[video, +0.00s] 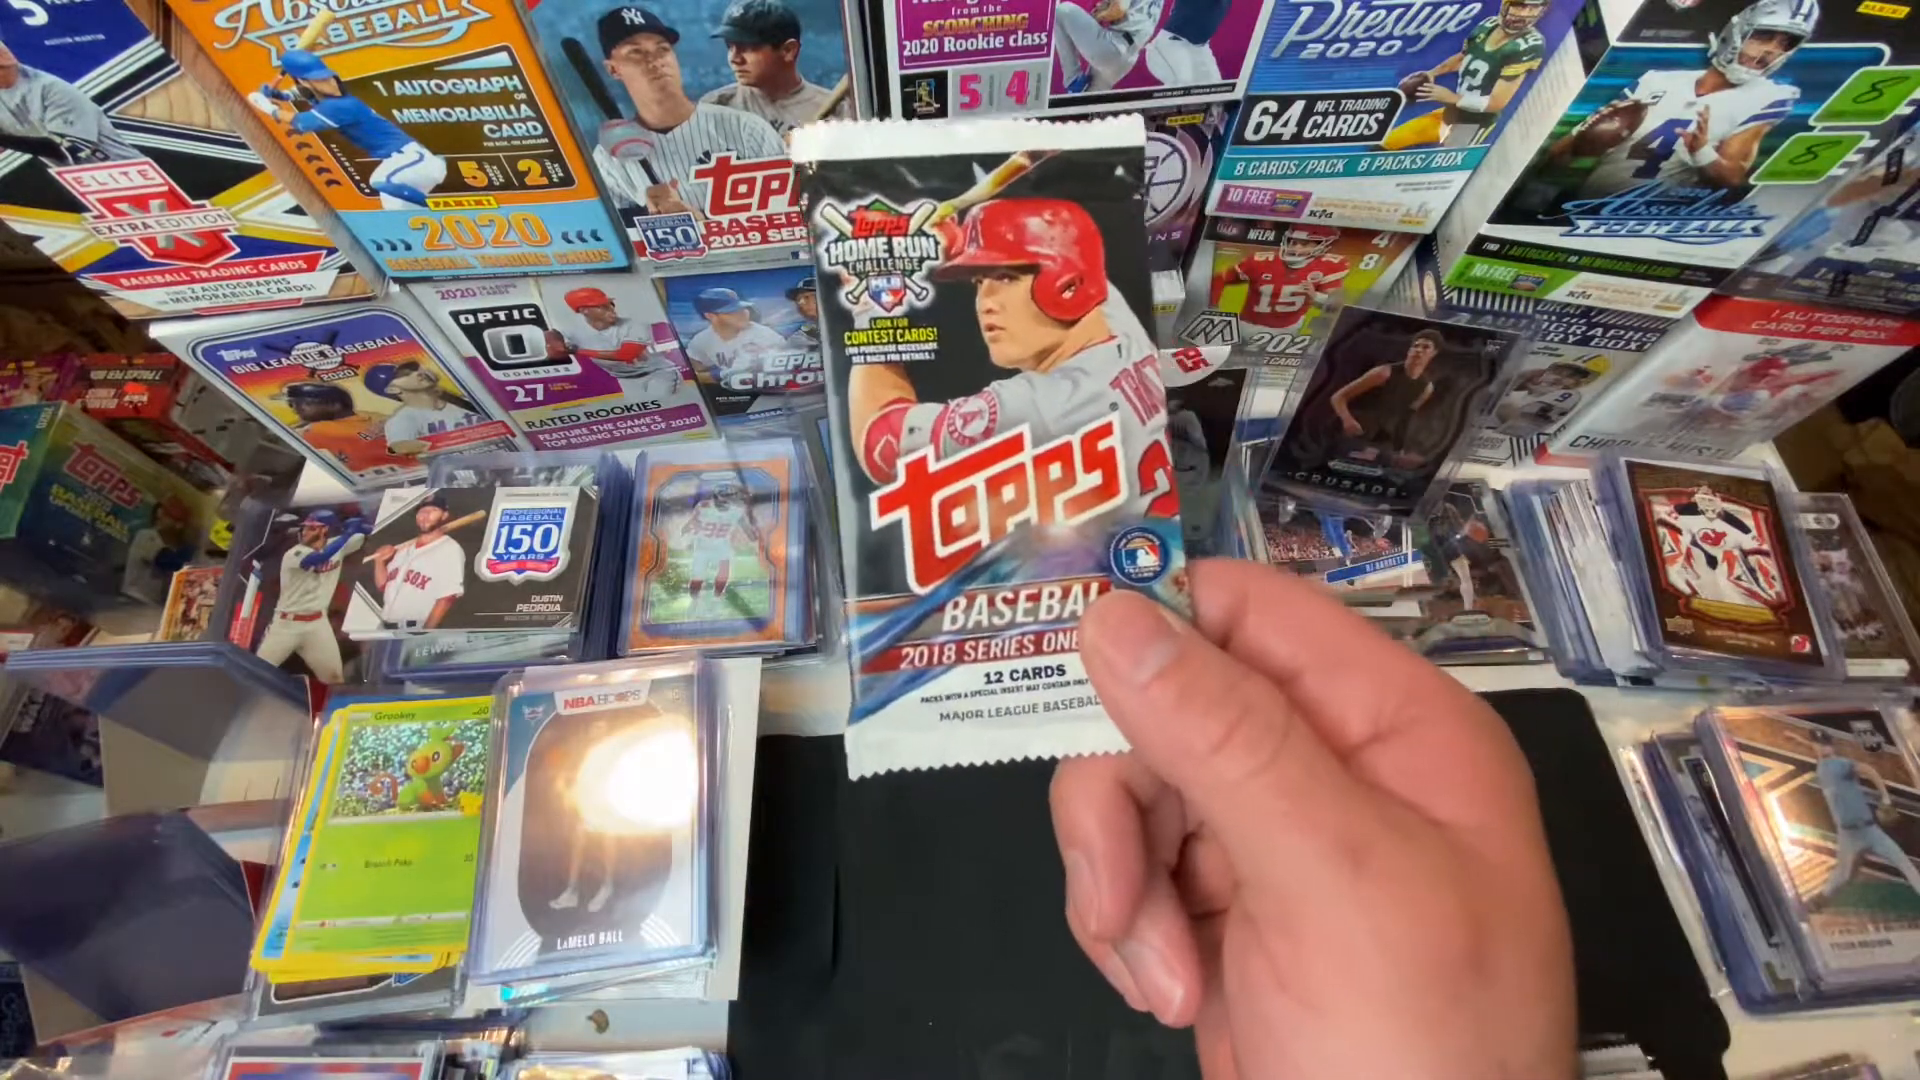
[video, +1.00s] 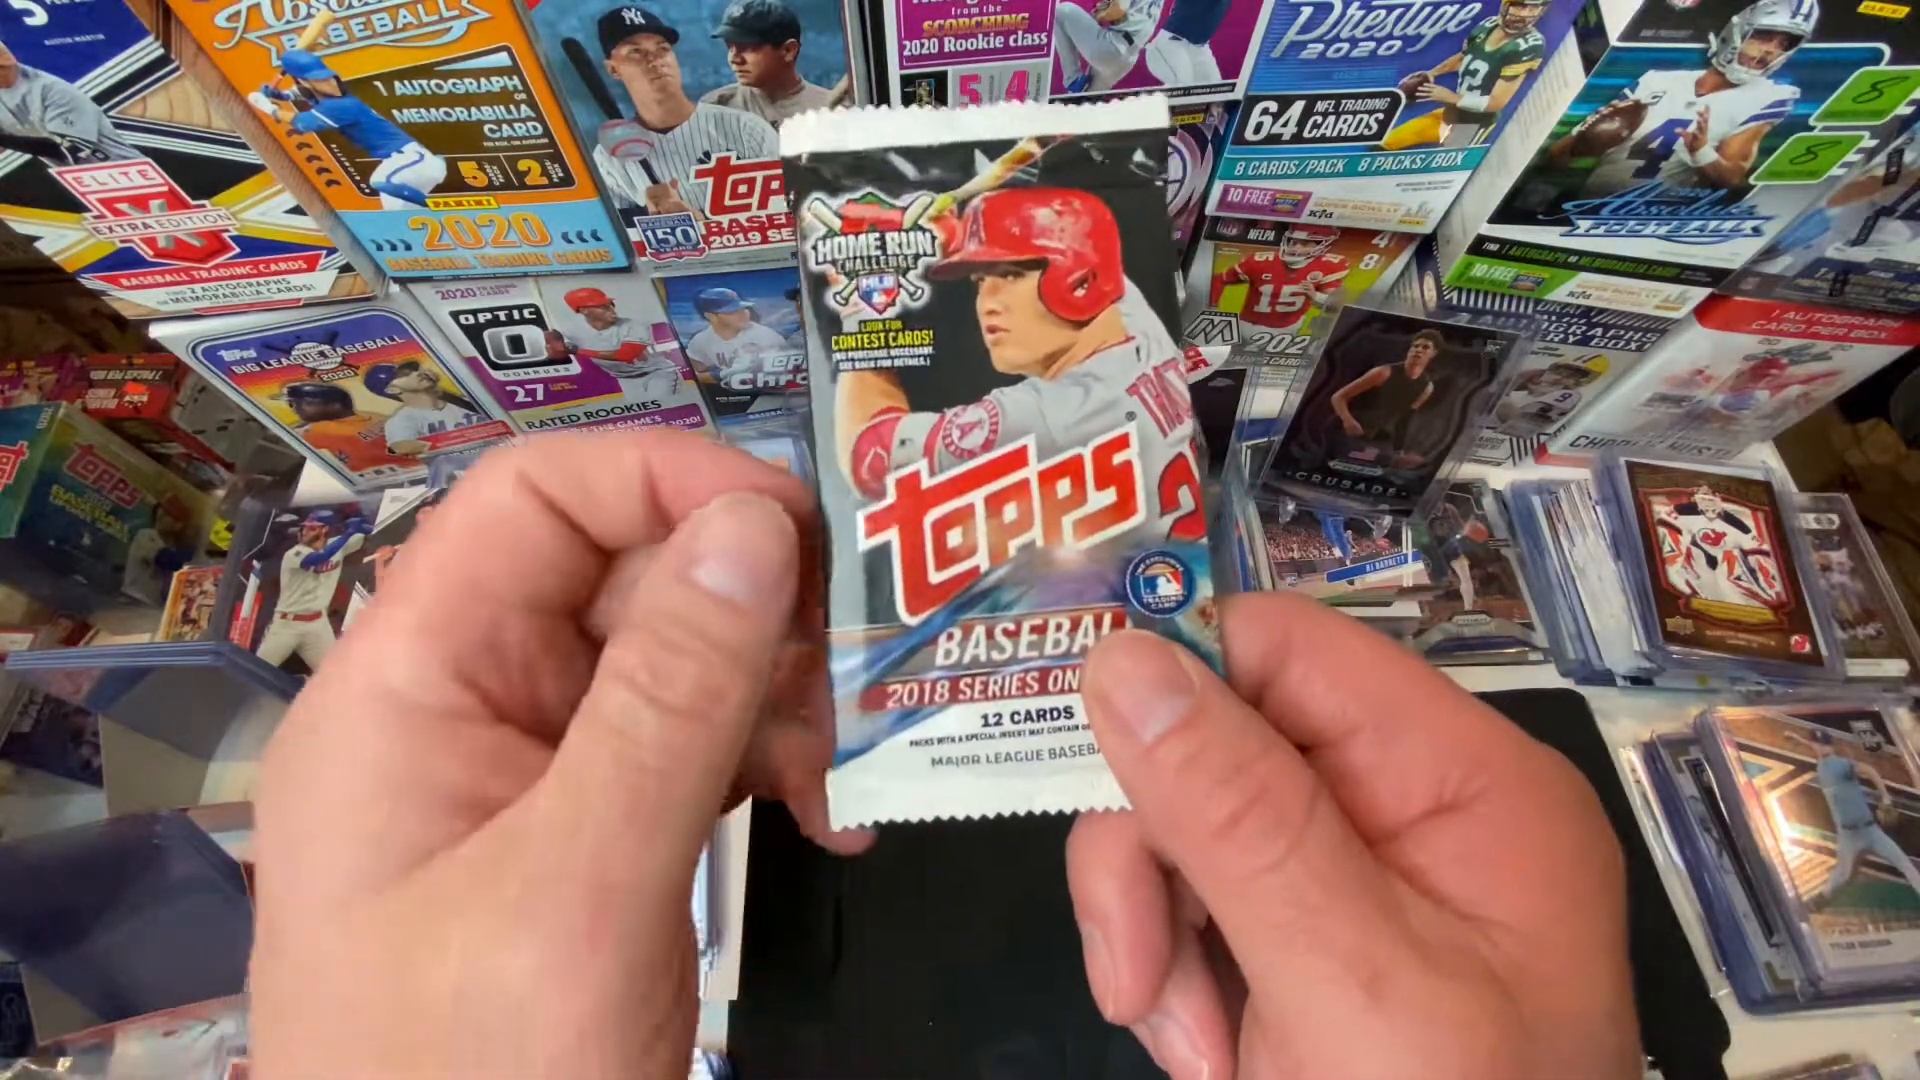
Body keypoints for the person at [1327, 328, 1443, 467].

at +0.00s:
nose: (1419, 350)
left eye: (1426, 347)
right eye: (1416, 345)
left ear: (1433, 354)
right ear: (1410, 349)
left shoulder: (1426, 389)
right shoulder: (1384, 373)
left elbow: (1407, 417)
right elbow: (1338, 398)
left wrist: (1400, 451)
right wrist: (1348, 421)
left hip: (1385, 444)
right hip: (1359, 437)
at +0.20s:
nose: (1419, 350)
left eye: (1426, 347)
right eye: (1416, 346)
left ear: (1433, 354)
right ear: (1409, 349)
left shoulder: (1426, 389)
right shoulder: (1384, 373)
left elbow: (1405, 417)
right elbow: (1338, 397)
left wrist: (1400, 452)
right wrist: (1348, 420)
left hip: (1385, 440)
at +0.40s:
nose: (1419, 350)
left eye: (1426, 347)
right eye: (1416, 346)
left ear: (1433, 355)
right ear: (1410, 349)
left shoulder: (1426, 389)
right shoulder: (1384, 373)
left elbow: (1405, 417)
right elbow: (1338, 397)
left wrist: (1400, 452)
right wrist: (1348, 420)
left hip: (1385, 440)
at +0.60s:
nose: (1419, 350)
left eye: (1426, 347)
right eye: (1416, 346)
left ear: (1433, 354)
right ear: (1410, 349)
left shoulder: (1426, 389)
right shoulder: (1384, 373)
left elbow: (1405, 417)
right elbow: (1338, 397)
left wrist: (1400, 452)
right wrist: (1348, 420)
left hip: (1385, 441)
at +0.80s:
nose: (1419, 350)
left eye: (1426, 347)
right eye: (1416, 346)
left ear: (1434, 354)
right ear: (1409, 349)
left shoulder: (1426, 389)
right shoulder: (1384, 373)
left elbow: (1405, 417)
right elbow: (1338, 397)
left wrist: (1400, 451)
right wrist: (1348, 420)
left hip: (1382, 440)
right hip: (1354, 433)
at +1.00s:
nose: (1419, 350)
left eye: (1426, 347)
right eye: (1416, 346)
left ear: (1434, 354)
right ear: (1410, 349)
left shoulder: (1426, 389)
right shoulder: (1384, 373)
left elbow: (1405, 417)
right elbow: (1338, 397)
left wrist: (1400, 452)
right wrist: (1348, 420)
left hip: (1381, 438)